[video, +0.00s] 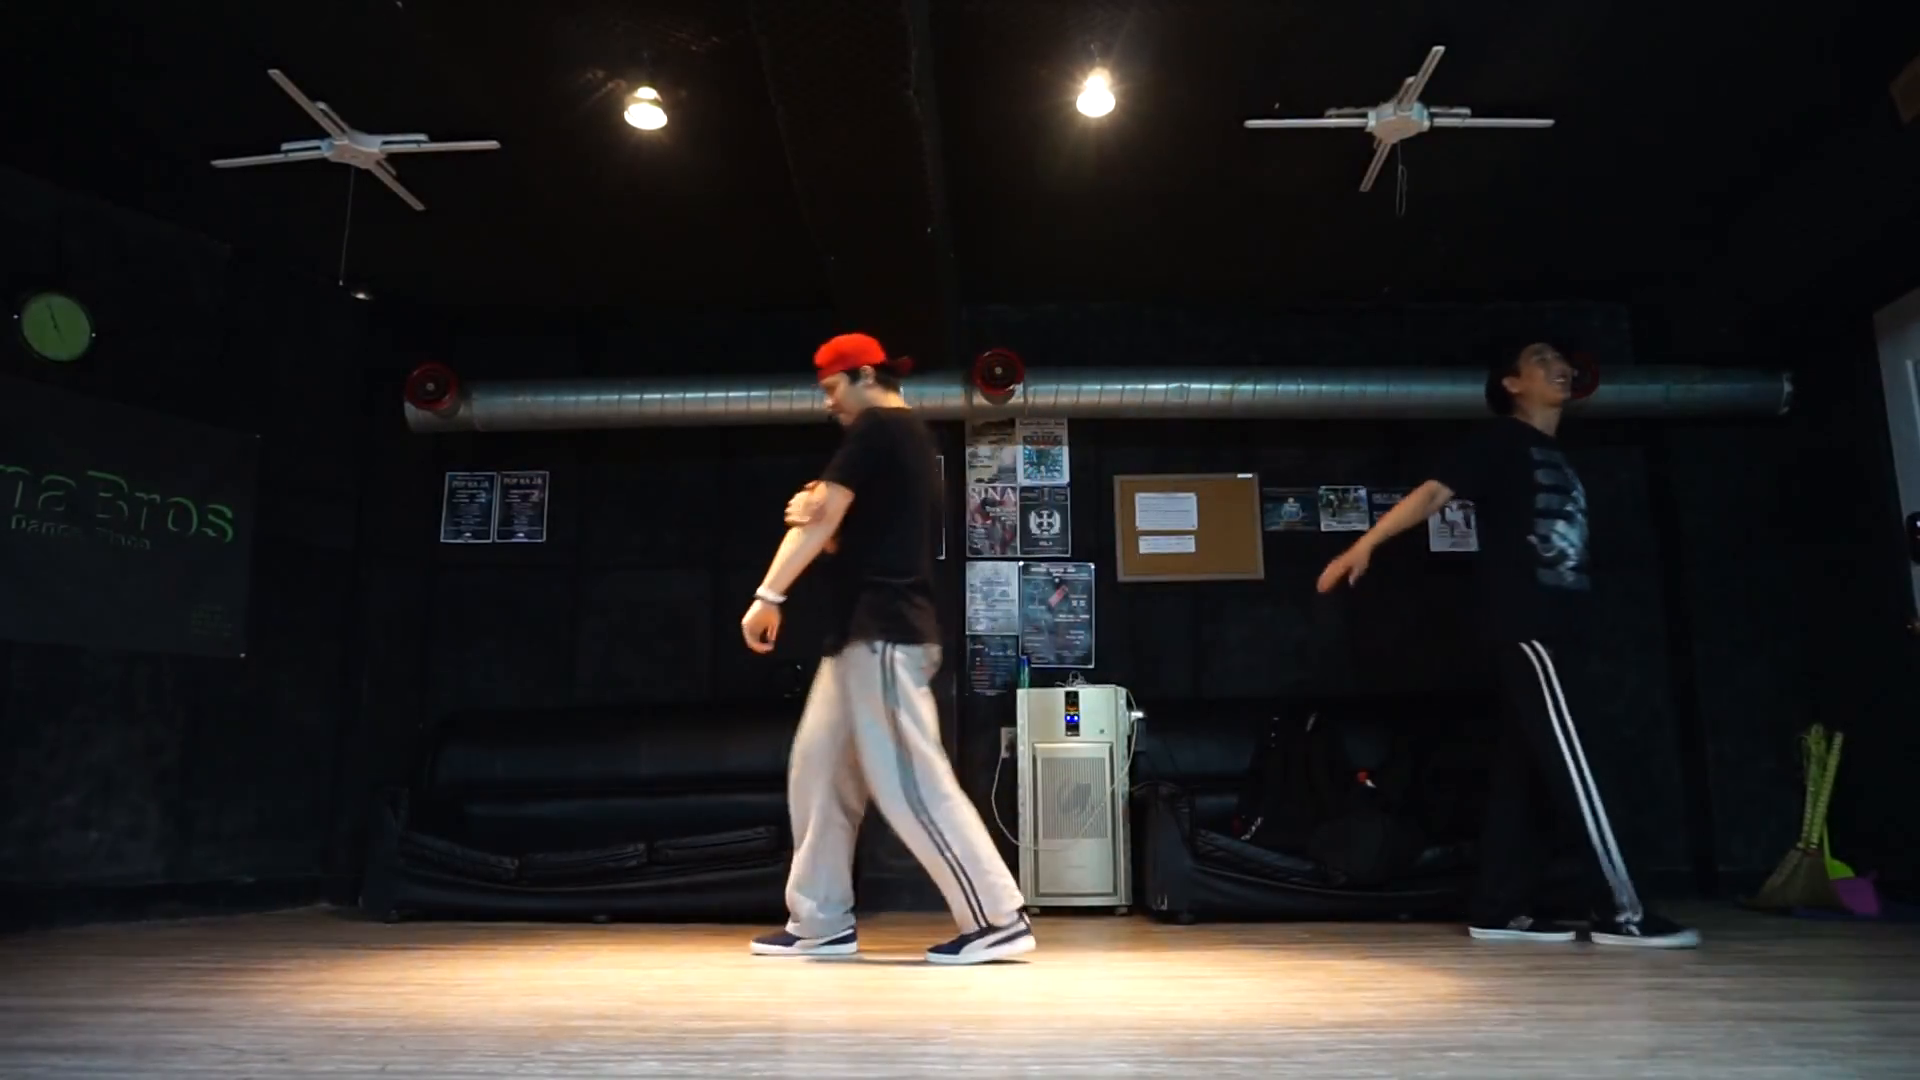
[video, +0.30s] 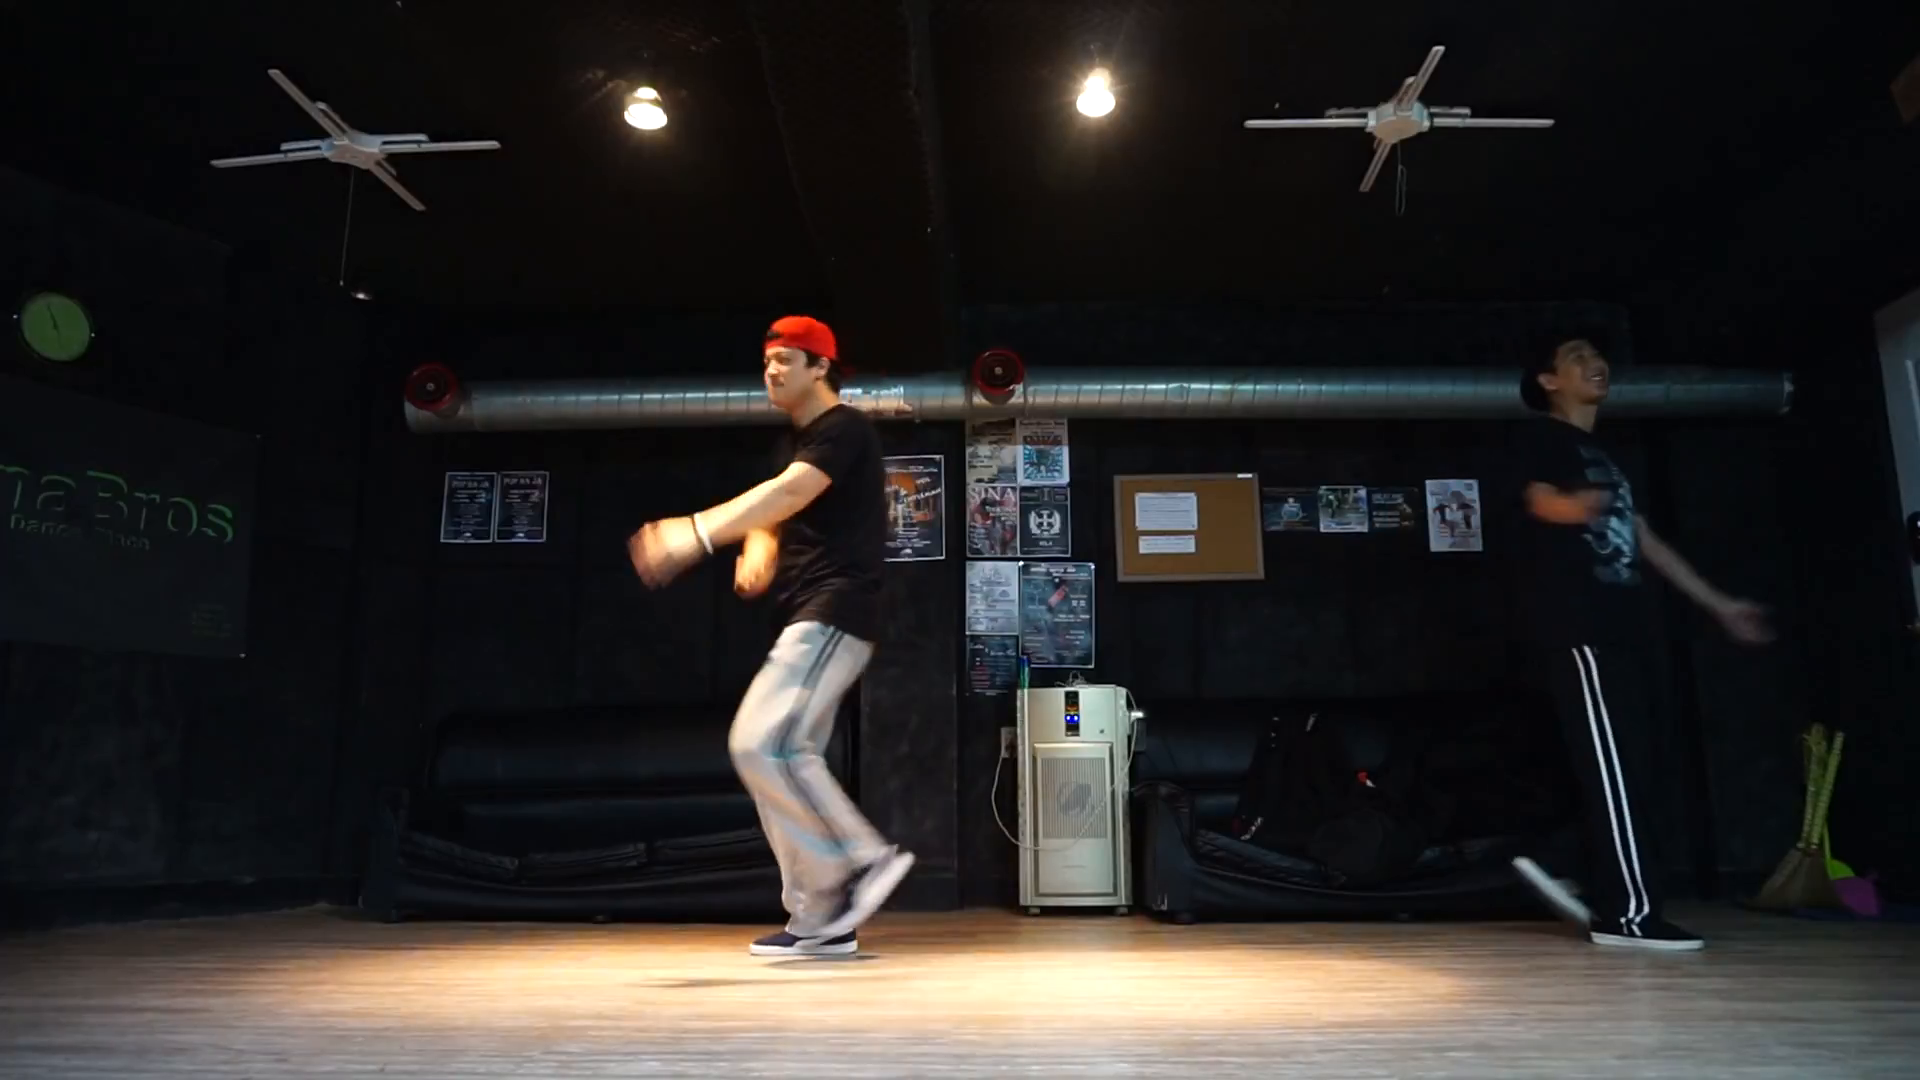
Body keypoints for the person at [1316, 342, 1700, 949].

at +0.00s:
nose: (1563, 374)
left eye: (1565, 368)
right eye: (1546, 365)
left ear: (1567, 391)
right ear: (1513, 385)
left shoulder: (1557, 460)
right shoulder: (1500, 441)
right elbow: (1432, 494)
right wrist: (1365, 545)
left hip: (1559, 625)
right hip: (1523, 624)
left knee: (1522, 764)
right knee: (1572, 760)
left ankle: (1499, 909)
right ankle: (1623, 912)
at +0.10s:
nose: (1573, 370)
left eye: (1577, 364)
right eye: (1557, 362)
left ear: (1581, 387)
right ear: (1524, 383)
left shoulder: (1573, 459)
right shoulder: (1513, 440)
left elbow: (1570, 551)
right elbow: (1456, 487)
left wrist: (1607, 617)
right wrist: (1397, 532)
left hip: (1576, 624)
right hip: (1538, 621)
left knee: (1540, 764)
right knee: (1588, 761)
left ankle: (1502, 904)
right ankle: (1627, 914)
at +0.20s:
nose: (1586, 367)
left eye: (1588, 360)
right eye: (1569, 360)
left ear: (1593, 380)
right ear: (1536, 381)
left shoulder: (1590, 459)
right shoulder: (1528, 439)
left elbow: (1618, 551)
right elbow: (1491, 492)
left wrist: (1664, 615)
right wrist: (1467, 516)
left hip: (1600, 623)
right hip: (1557, 623)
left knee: (1589, 761)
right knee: (1600, 761)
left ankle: (1521, 884)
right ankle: (1626, 915)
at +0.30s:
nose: (1597, 369)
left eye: (1600, 361)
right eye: (1581, 361)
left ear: (1606, 381)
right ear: (1548, 383)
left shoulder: (1600, 459)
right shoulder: (1541, 441)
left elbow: (1646, 542)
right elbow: (1540, 499)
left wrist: (1719, 604)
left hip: (1619, 627)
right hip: (1576, 628)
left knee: (1631, 754)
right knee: (1610, 761)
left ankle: (1561, 862)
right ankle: (1629, 913)